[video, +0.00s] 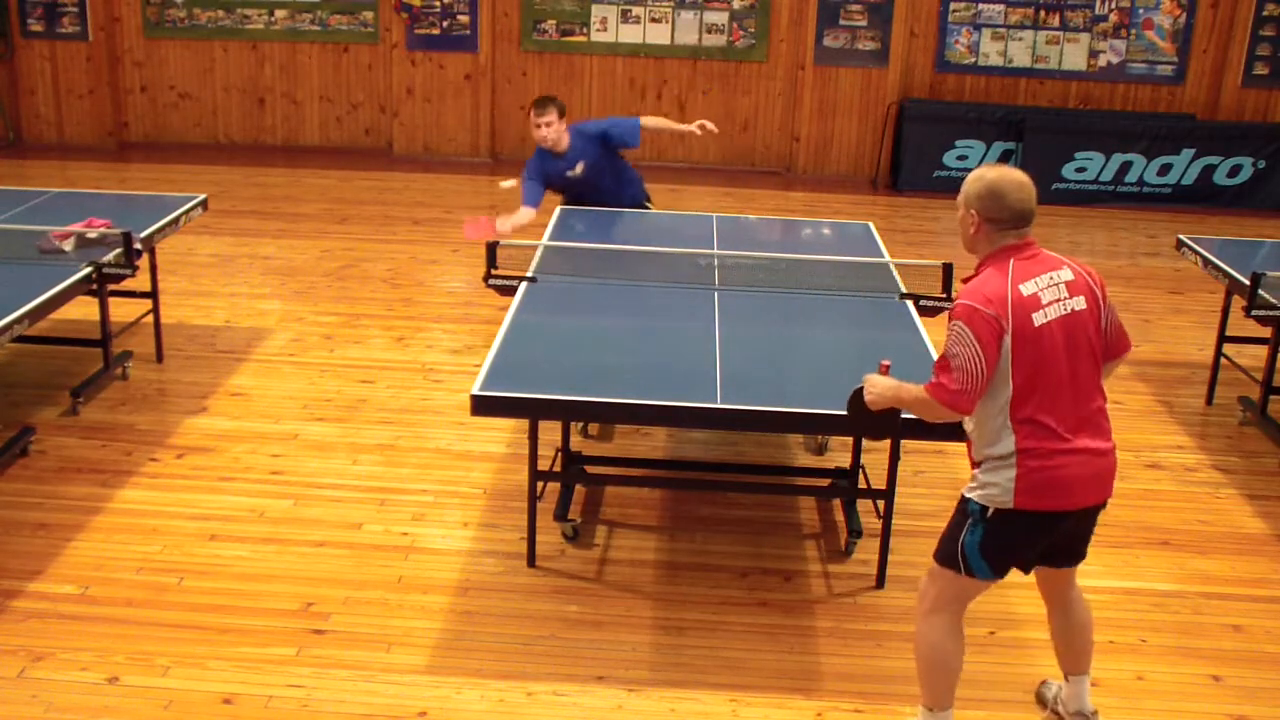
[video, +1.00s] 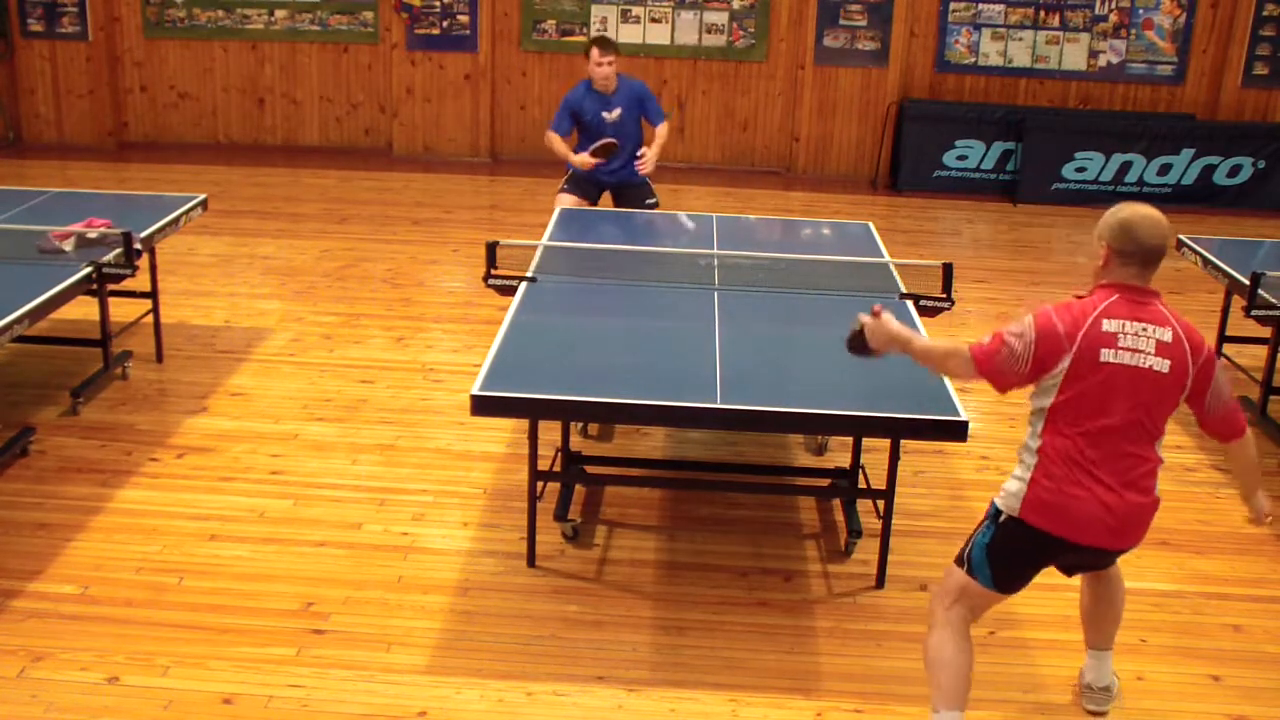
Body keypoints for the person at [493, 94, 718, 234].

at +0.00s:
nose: (543, 133)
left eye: (548, 125)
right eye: (537, 127)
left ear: (563, 124)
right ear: (531, 129)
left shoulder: (592, 133)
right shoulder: (537, 166)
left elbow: (643, 124)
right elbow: (528, 210)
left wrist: (686, 128)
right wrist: (504, 225)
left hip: (632, 207)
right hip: (588, 215)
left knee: (646, 259)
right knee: (585, 263)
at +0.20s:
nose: (545, 147)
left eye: (550, 139)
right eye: (538, 142)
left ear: (558, 136)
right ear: (528, 146)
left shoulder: (583, 143)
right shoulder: (531, 183)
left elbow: (630, 131)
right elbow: (528, 231)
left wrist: (675, 136)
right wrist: (517, 256)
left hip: (621, 209)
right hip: (580, 218)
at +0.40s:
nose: (572, 107)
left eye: (577, 99)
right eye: (565, 100)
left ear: (583, 100)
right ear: (552, 105)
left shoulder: (603, 120)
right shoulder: (546, 148)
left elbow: (643, 129)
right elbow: (532, 190)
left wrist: (680, 146)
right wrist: (520, 230)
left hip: (622, 203)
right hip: (578, 209)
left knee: (633, 258)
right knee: (578, 262)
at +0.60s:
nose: (606, 68)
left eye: (610, 61)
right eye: (599, 62)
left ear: (615, 63)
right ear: (585, 67)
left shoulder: (636, 92)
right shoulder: (574, 105)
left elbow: (671, 117)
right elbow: (558, 141)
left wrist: (693, 147)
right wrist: (551, 169)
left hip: (631, 175)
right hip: (589, 176)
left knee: (646, 233)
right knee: (570, 224)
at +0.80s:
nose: (616, 49)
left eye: (620, 43)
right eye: (609, 44)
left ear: (624, 45)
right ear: (595, 48)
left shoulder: (643, 76)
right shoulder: (581, 84)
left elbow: (665, 106)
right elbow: (562, 124)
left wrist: (673, 139)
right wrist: (573, 151)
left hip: (632, 159)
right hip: (592, 158)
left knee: (648, 208)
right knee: (570, 207)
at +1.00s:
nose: (605, 71)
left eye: (610, 64)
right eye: (599, 65)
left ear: (617, 64)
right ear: (588, 66)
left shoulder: (636, 90)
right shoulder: (577, 97)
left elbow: (661, 123)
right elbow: (552, 136)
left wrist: (654, 151)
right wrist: (573, 159)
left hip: (628, 171)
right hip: (588, 171)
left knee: (649, 224)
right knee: (563, 214)